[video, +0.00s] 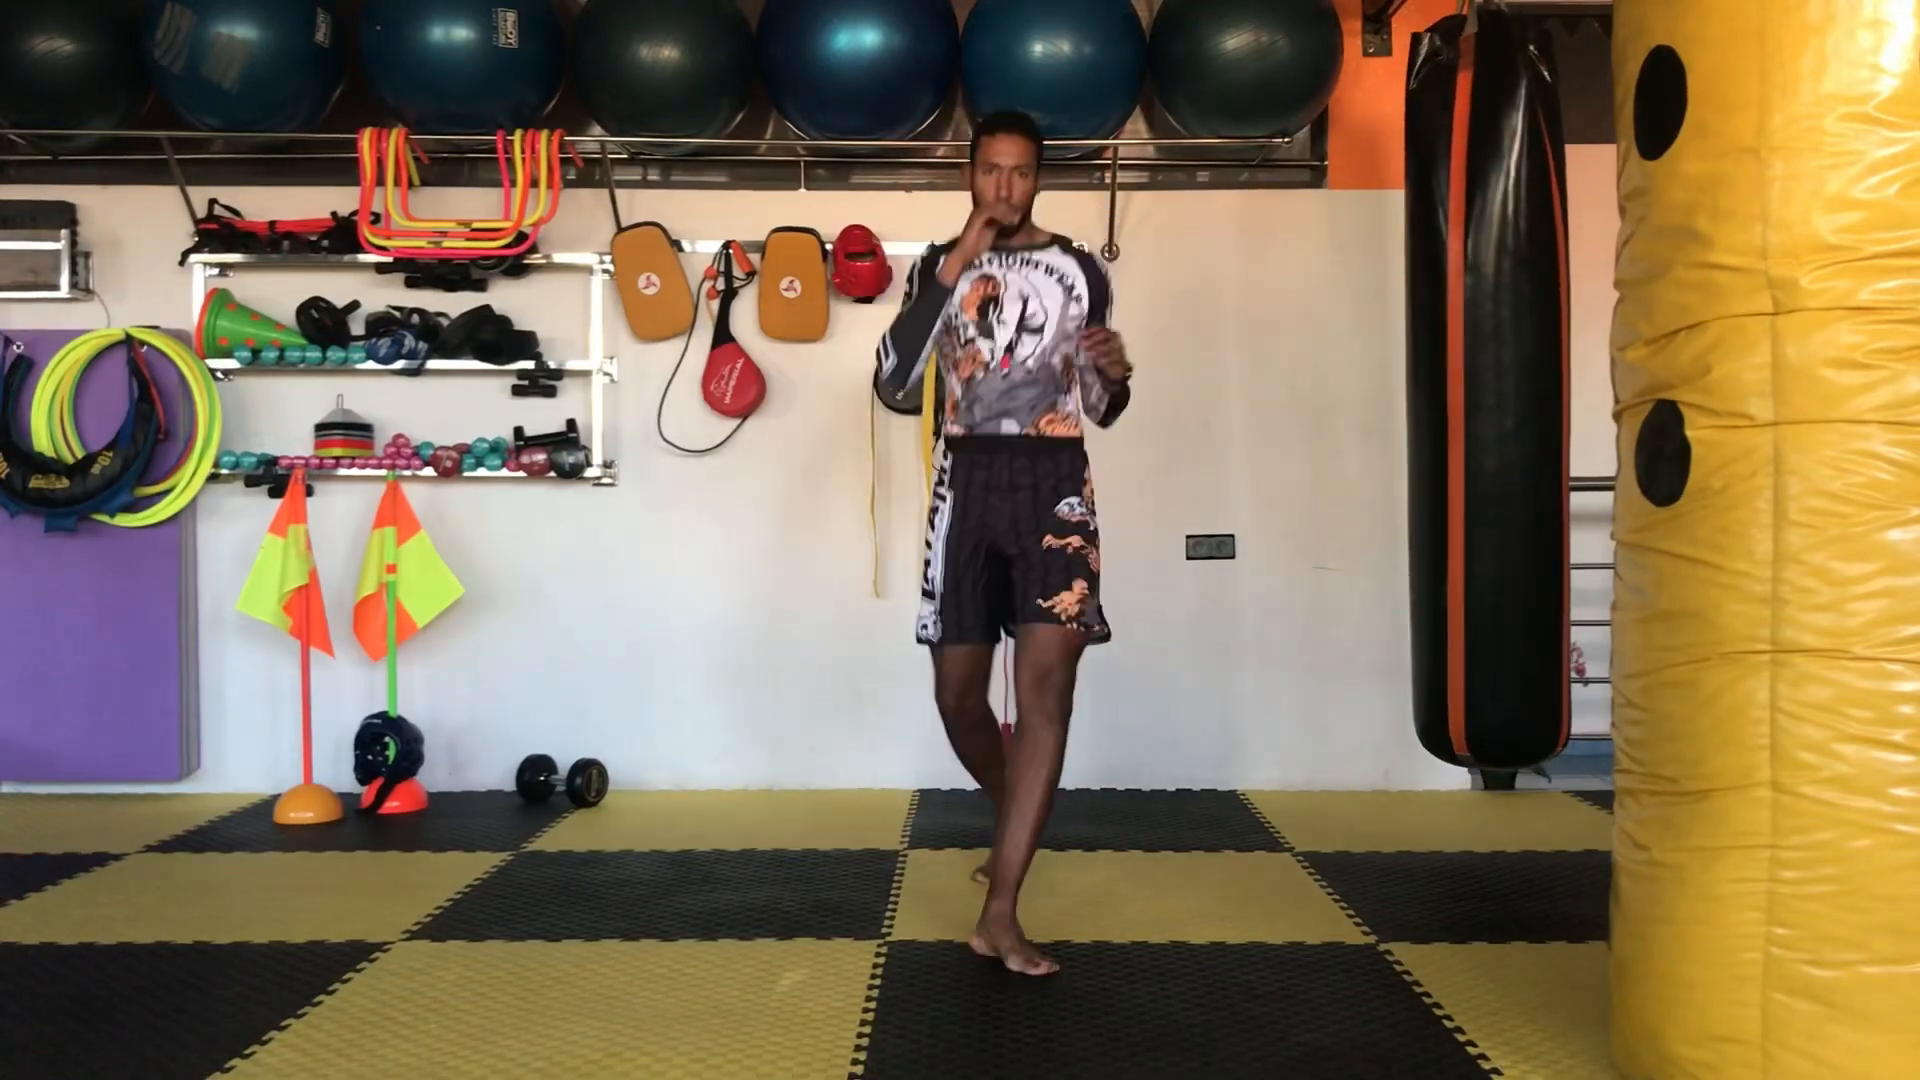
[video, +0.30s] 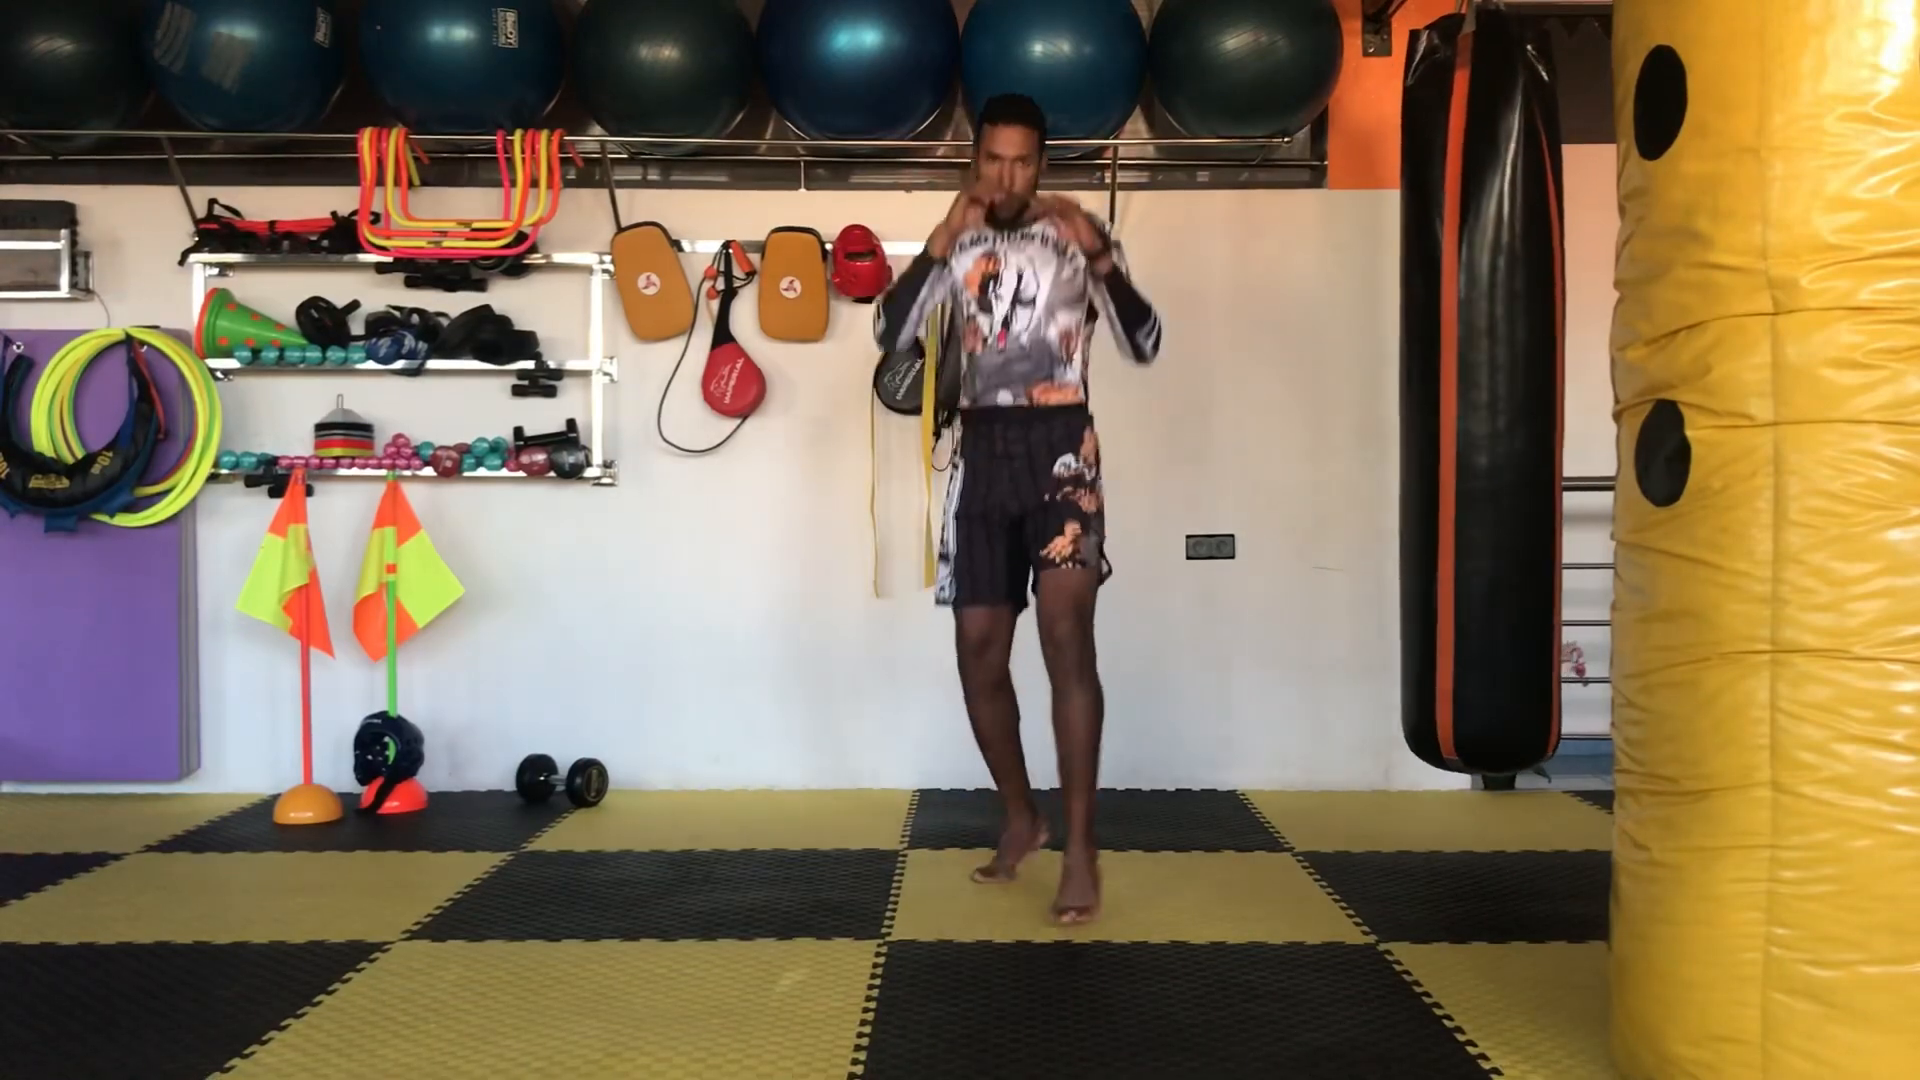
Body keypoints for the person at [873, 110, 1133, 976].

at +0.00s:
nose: (1004, 185)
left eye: (1020, 171)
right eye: (991, 170)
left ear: (1039, 180)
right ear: (970, 177)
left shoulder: (1079, 273)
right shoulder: (939, 269)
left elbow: (1104, 410)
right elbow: (893, 380)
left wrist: (1112, 373)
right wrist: (951, 272)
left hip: (1056, 490)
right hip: (968, 491)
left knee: (1044, 695)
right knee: (959, 701)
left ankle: (1001, 909)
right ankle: (1018, 810)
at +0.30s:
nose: (1006, 173)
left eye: (1020, 160)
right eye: (994, 158)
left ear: (1042, 164)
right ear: (975, 160)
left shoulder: (1075, 236)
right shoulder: (952, 248)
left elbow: (1142, 343)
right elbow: (892, 336)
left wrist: (1103, 259)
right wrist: (938, 248)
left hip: (1062, 453)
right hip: (980, 455)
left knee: (1067, 645)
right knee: (980, 655)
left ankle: (1080, 843)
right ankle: (1019, 815)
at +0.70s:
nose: (1024, 213)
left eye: (1037, 199)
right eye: (1011, 198)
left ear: (1059, 197)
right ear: (994, 197)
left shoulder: (1101, 262)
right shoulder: (979, 270)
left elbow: (1153, 375)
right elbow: (929, 382)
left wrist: (1101, 293)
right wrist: (956, 290)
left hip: (1087, 481)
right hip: (1009, 484)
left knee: (1092, 679)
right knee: (981, 673)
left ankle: (1122, 865)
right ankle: (1033, 821)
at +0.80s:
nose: (1015, 191)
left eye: (1027, 178)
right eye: (1001, 178)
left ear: (1049, 175)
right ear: (984, 178)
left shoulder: (1093, 238)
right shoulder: (970, 254)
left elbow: (1151, 338)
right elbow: (913, 353)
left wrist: (1098, 247)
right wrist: (948, 261)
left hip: (1080, 457)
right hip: (1000, 459)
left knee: (1092, 661)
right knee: (979, 652)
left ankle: (1118, 856)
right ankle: (1021, 804)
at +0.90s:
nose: (1005, 195)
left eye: (1019, 182)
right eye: (993, 181)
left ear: (1043, 181)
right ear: (976, 179)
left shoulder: (1083, 249)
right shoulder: (960, 262)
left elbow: (1146, 332)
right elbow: (901, 354)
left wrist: (1092, 238)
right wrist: (940, 259)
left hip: (1070, 463)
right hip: (990, 465)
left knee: (1088, 664)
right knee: (979, 660)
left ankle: (1117, 855)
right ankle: (1014, 809)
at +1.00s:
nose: (1001, 216)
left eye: (1015, 204)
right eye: (987, 202)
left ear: (1038, 201)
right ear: (971, 201)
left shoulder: (1077, 265)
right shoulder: (952, 277)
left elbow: (1131, 360)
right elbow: (896, 387)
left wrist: (1076, 271)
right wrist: (935, 283)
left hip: (1060, 479)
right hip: (983, 482)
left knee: (1079, 666)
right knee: (981, 671)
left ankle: (1117, 860)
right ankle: (1022, 824)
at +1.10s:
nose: (998, 225)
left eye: (1010, 213)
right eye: (984, 211)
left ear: (1031, 208)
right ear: (967, 207)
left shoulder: (1067, 265)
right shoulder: (947, 277)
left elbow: (1121, 371)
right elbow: (894, 389)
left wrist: (1068, 288)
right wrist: (931, 292)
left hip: (1057, 482)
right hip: (980, 487)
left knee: (1074, 671)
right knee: (968, 678)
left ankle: (1118, 862)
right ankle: (1023, 823)